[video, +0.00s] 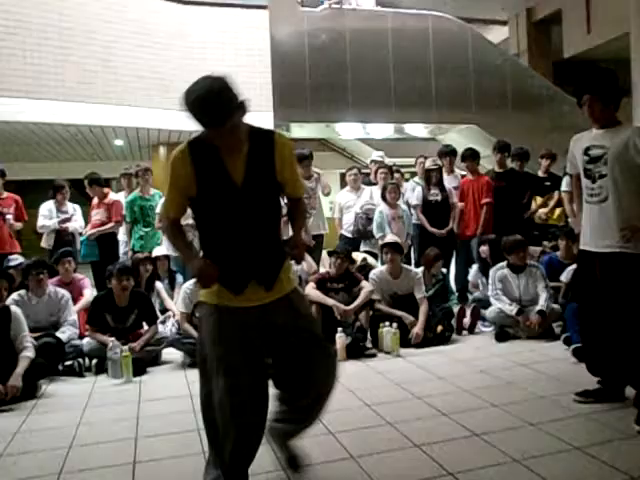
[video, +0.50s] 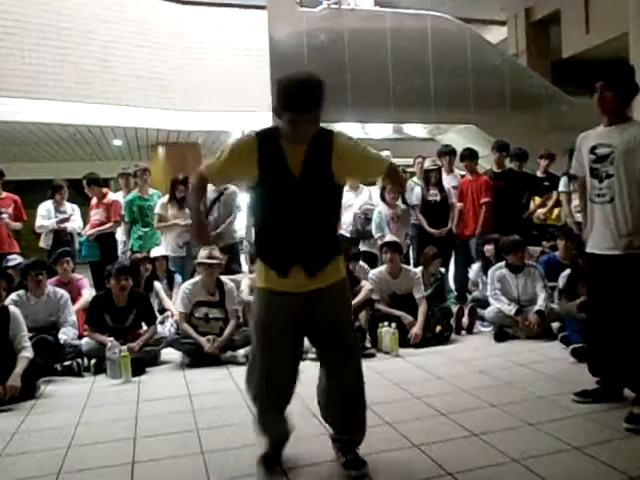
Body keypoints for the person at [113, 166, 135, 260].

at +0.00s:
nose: (127, 182)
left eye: (130, 178)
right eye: (124, 178)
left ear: (134, 180)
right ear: (121, 181)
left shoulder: (138, 196)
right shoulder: (117, 197)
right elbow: (116, 214)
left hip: (137, 233)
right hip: (122, 232)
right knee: (123, 257)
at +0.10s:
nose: (127, 181)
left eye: (130, 178)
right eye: (124, 178)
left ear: (134, 180)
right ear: (121, 181)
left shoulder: (138, 197)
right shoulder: (117, 197)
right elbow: (116, 215)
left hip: (137, 233)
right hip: (122, 232)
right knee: (123, 256)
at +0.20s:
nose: (127, 181)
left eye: (129, 178)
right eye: (124, 178)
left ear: (134, 180)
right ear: (121, 181)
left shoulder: (138, 197)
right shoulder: (117, 197)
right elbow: (116, 215)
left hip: (137, 233)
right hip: (122, 233)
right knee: (123, 257)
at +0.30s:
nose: (127, 181)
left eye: (129, 178)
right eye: (124, 178)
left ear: (134, 180)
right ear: (120, 181)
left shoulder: (139, 196)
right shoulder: (117, 197)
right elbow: (116, 215)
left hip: (137, 232)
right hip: (122, 232)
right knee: (123, 256)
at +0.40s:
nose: (126, 181)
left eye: (128, 178)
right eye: (123, 178)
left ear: (133, 180)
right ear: (119, 181)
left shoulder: (138, 196)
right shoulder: (116, 197)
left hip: (137, 231)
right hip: (121, 231)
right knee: (122, 255)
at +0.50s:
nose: (125, 181)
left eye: (127, 178)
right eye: (122, 178)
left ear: (132, 180)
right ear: (119, 181)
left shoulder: (137, 196)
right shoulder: (116, 197)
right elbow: (115, 214)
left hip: (136, 233)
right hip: (121, 233)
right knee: (122, 257)